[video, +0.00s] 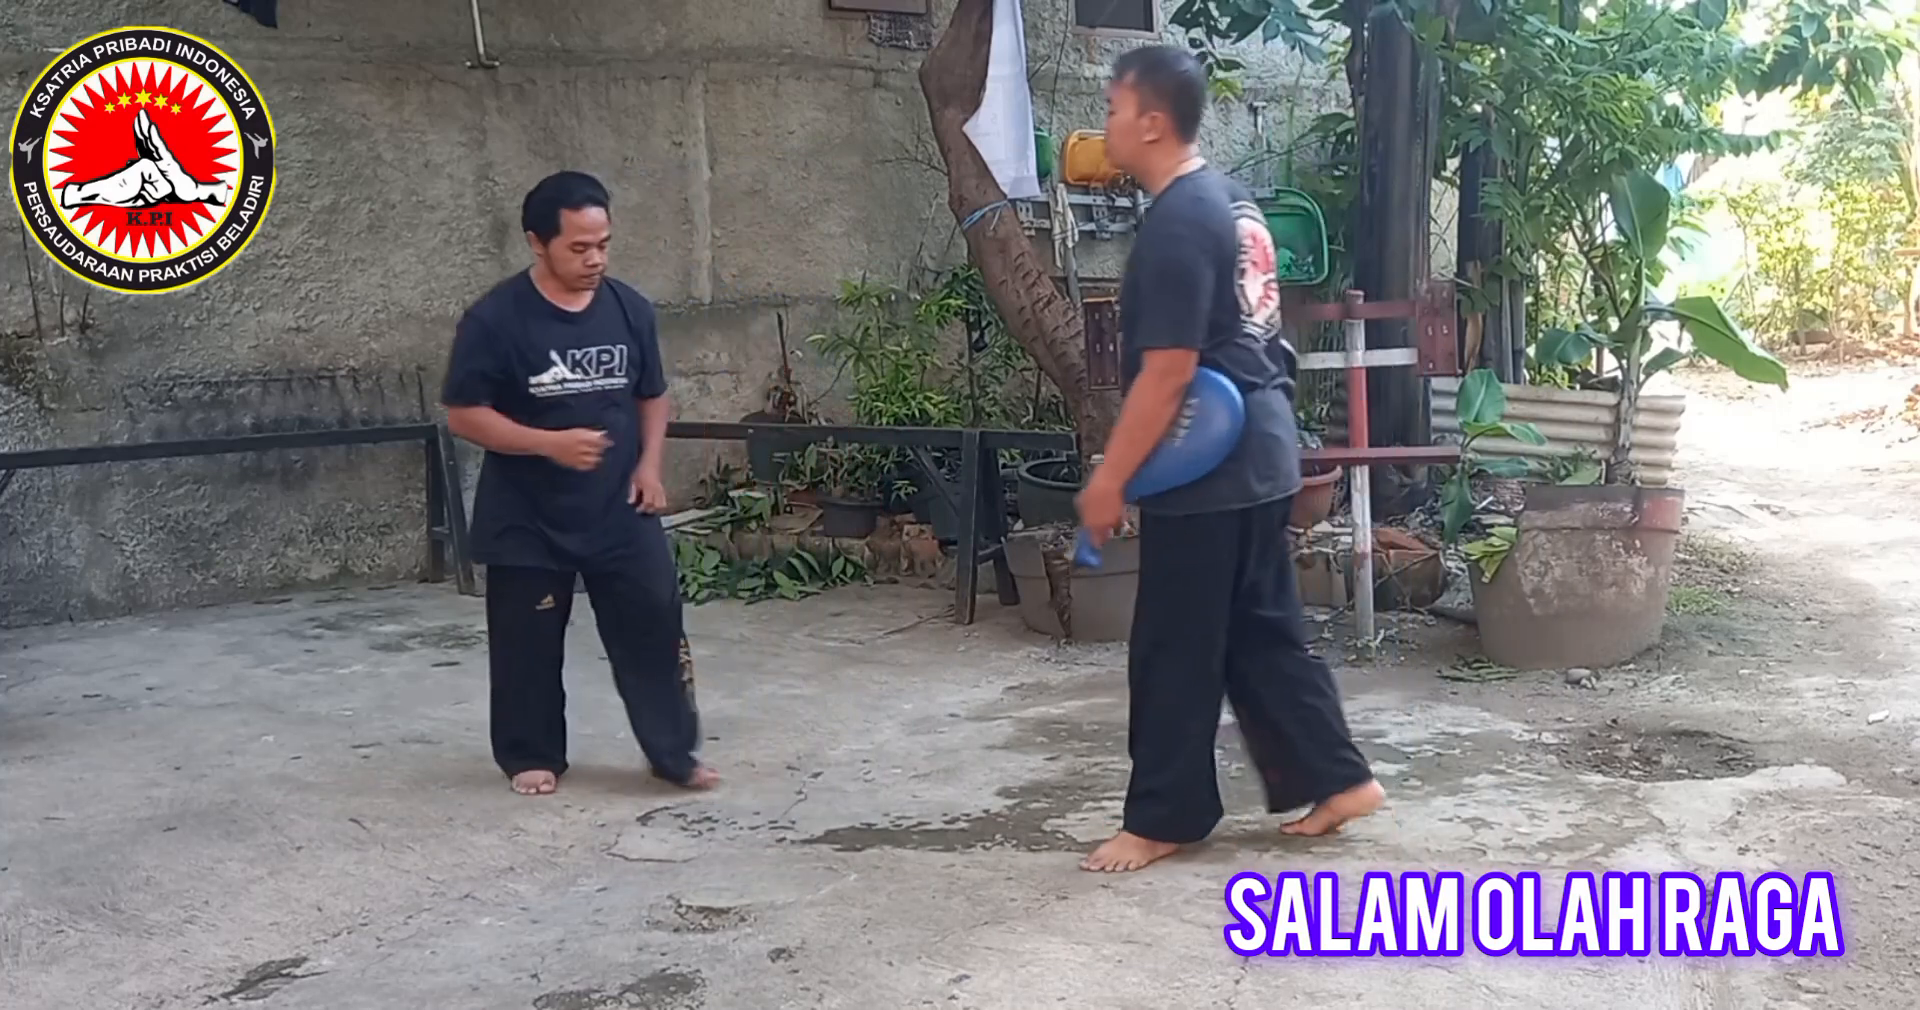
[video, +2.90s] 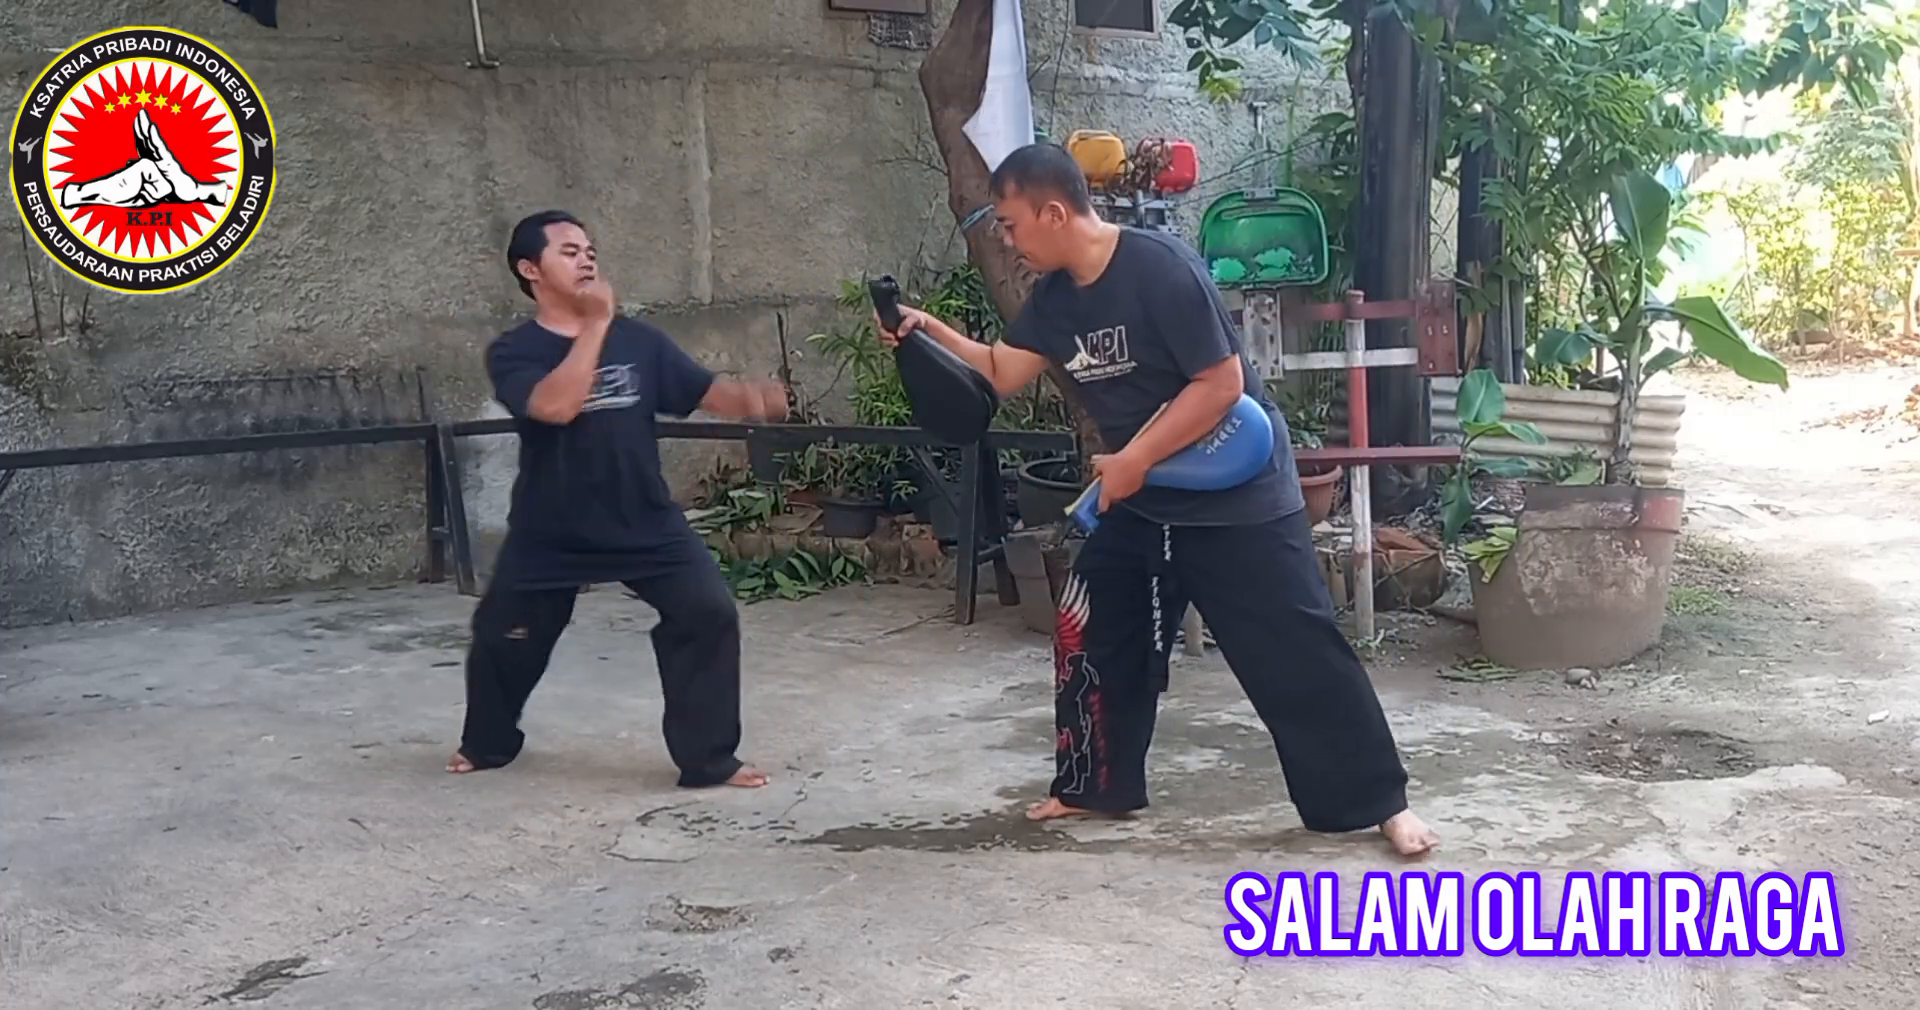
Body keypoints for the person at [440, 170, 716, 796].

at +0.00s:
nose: (596, 259)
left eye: (603, 244)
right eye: (581, 247)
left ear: (610, 238)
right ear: (539, 243)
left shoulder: (631, 309)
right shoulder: (493, 320)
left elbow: (654, 395)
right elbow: (463, 414)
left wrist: (650, 463)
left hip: (618, 509)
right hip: (529, 517)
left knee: (654, 622)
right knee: (527, 644)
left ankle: (674, 754)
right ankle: (532, 759)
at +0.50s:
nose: (582, 245)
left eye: (588, 234)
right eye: (568, 233)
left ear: (593, 236)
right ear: (525, 235)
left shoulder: (607, 315)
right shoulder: (466, 297)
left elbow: (624, 400)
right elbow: (422, 369)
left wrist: (614, 451)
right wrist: (461, 427)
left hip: (565, 499)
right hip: (472, 498)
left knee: (577, 621)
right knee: (456, 616)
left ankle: (584, 736)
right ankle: (454, 730)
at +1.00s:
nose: (583, 254)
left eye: (586, 244)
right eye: (567, 243)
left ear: (592, 252)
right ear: (525, 256)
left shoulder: (617, 332)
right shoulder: (477, 334)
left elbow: (664, 409)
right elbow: (449, 421)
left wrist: (667, 453)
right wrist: (514, 441)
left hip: (607, 517)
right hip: (511, 520)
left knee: (652, 619)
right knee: (473, 622)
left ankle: (665, 751)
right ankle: (456, 726)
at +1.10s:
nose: (613, 257)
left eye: (615, 246)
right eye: (597, 246)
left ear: (617, 252)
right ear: (553, 257)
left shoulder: (638, 336)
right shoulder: (505, 333)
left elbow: (682, 405)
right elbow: (485, 423)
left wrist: (705, 438)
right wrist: (571, 419)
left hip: (619, 516)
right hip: (523, 518)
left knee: (663, 625)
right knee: (484, 623)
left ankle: (669, 751)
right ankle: (464, 725)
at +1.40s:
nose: (581, 258)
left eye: (585, 245)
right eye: (565, 246)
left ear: (590, 251)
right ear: (522, 255)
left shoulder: (609, 328)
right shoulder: (478, 330)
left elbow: (662, 403)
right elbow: (490, 409)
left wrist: (702, 453)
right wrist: (549, 339)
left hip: (597, 512)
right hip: (505, 514)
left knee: (642, 621)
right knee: (482, 629)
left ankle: (666, 753)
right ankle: (484, 736)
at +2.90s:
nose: (587, 260)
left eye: (589, 252)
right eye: (570, 251)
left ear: (598, 265)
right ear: (530, 270)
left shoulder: (637, 339)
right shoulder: (515, 351)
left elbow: (704, 390)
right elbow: (555, 405)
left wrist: (752, 398)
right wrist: (596, 323)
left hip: (646, 524)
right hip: (552, 531)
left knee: (710, 614)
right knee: (500, 637)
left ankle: (707, 761)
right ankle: (487, 743)